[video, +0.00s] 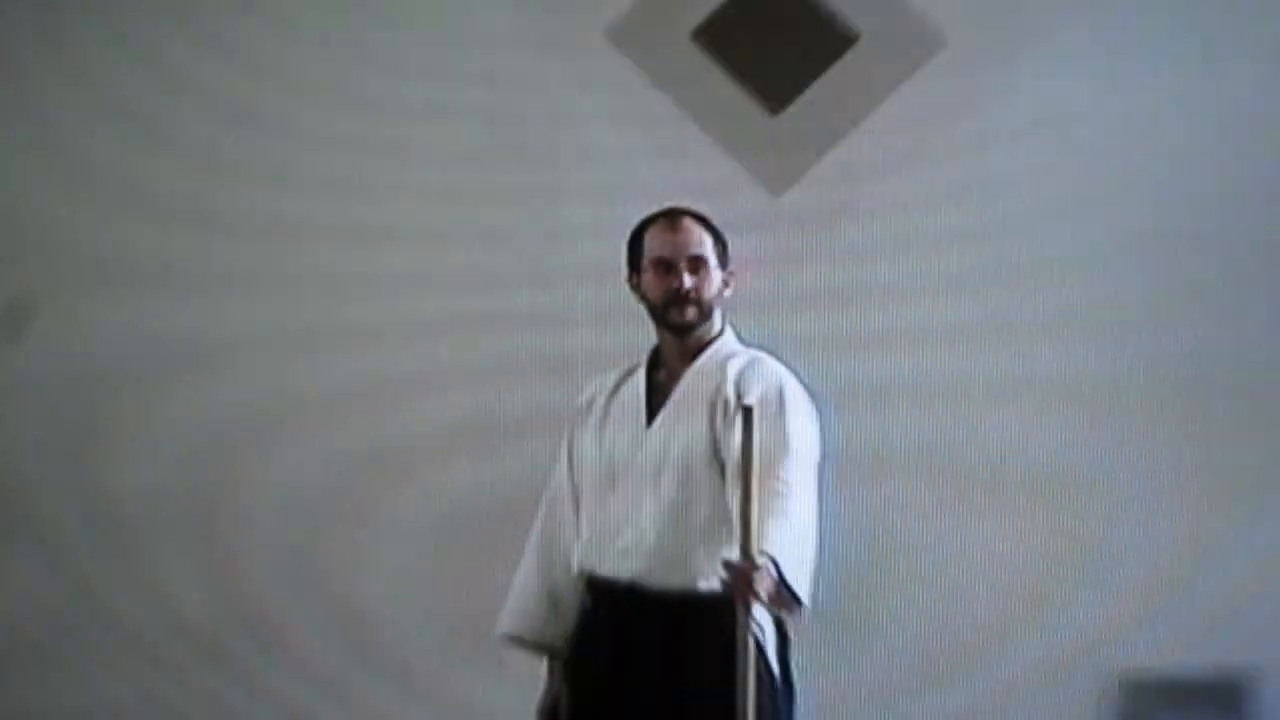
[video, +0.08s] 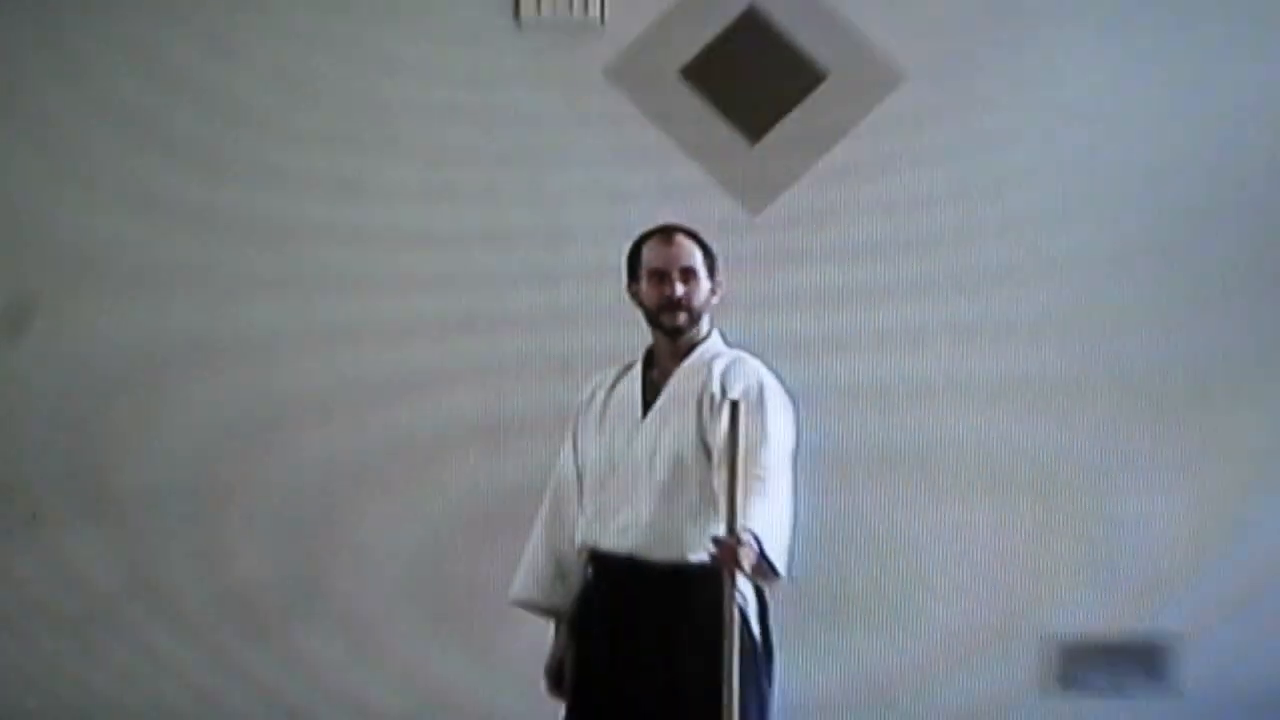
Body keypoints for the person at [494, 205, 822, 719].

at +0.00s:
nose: (683, 283)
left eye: (697, 267)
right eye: (665, 269)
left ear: (725, 280)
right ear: (636, 283)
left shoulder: (761, 387)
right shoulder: (600, 401)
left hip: (714, 631)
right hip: (609, 629)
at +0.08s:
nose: (674, 291)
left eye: (687, 276)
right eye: (658, 278)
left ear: (714, 289)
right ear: (635, 292)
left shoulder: (743, 384)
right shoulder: (601, 395)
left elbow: (765, 481)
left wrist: (746, 546)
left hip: (702, 601)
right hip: (610, 600)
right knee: (599, 711)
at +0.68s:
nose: (641, 279)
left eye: (648, 271)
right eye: (634, 272)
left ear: (660, 276)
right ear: (623, 279)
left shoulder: (677, 327)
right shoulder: (610, 329)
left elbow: (686, 386)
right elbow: (591, 389)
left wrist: (677, 433)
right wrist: (588, 443)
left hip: (656, 432)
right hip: (613, 431)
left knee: (657, 524)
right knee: (606, 523)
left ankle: (660, 616)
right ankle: (600, 613)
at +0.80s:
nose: (640, 273)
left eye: (647, 266)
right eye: (633, 267)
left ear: (659, 271)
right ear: (622, 274)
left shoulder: (675, 322)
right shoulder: (609, 326)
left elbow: (683, 380)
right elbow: (591, 385)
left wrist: (675, 429)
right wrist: (587, 438)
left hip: (655, 426)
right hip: (612, 425)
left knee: (656, 519)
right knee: (606, 517)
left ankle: (660, 610)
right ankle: (602, 608)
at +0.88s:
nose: (639, 272)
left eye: (646, 265)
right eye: (631, 266)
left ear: (658, 270)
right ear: (621, 273)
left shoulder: (675, 321)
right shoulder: (608, 325)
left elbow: (682, 377)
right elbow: (590, 383)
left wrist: (673, 423)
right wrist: (587, 436)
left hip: (655, 423)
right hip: (612, 423)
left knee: (656, 517)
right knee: (606, 515)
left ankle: (659, 608)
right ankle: (602, 605)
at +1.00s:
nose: (636, 272)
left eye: (643, 265)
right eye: (629, 266)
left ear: (656, 269)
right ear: (619, 273)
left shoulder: (673, 319)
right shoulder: (609, 324)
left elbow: (681, 373)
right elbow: (590, 383)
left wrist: (672, 417)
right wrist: (586, 436)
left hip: (653, 422)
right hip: (611, 422)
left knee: (655, 515)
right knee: (605, 514)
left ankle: (658, 607)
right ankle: (600, 604)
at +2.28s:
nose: (522, 274)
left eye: (528, 266)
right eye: (514, 268)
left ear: (542, 269)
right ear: (505, 276)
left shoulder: (570, 319)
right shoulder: (495, 324)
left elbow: (594, 372)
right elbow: (482, 374)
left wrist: (552, 386)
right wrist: (506, 392)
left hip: (554, 422)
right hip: (509, 421)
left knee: (553, 513)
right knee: (497, 507)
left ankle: (551, 606)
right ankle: (494, 603)